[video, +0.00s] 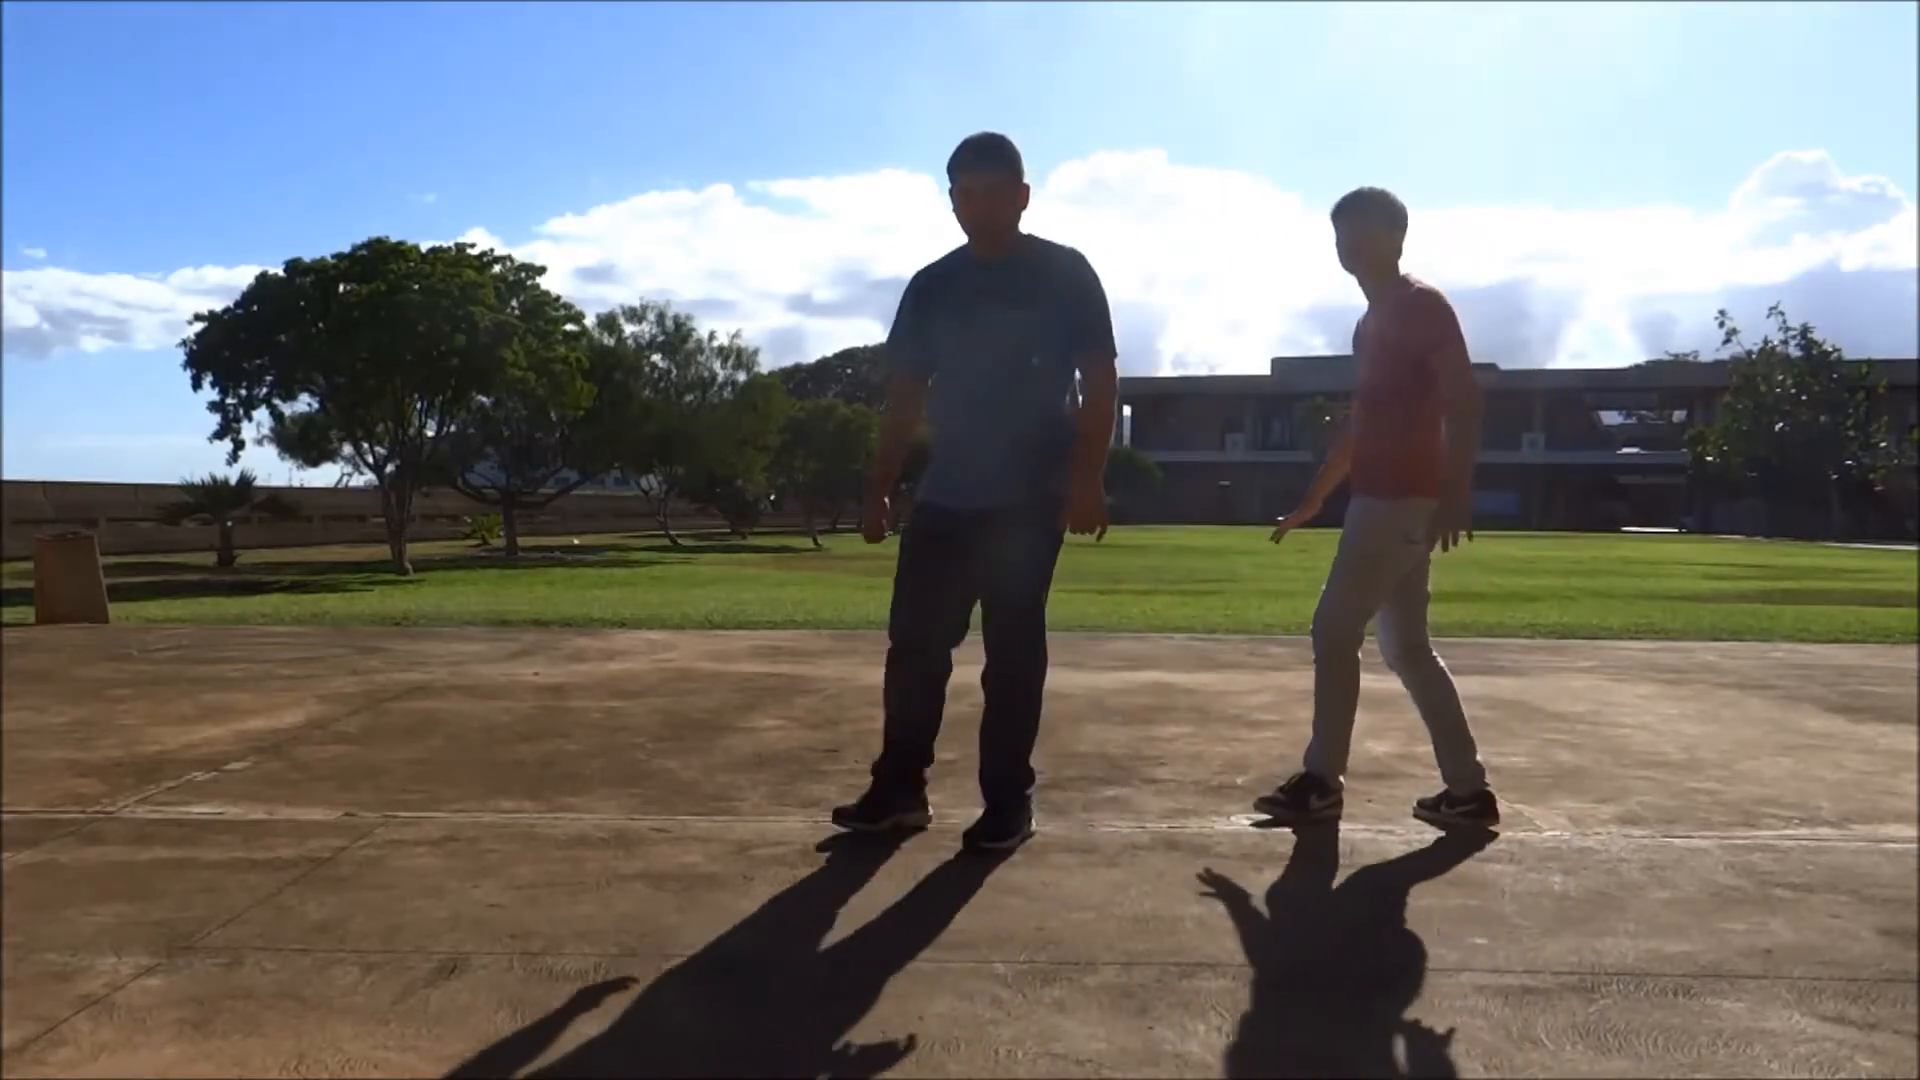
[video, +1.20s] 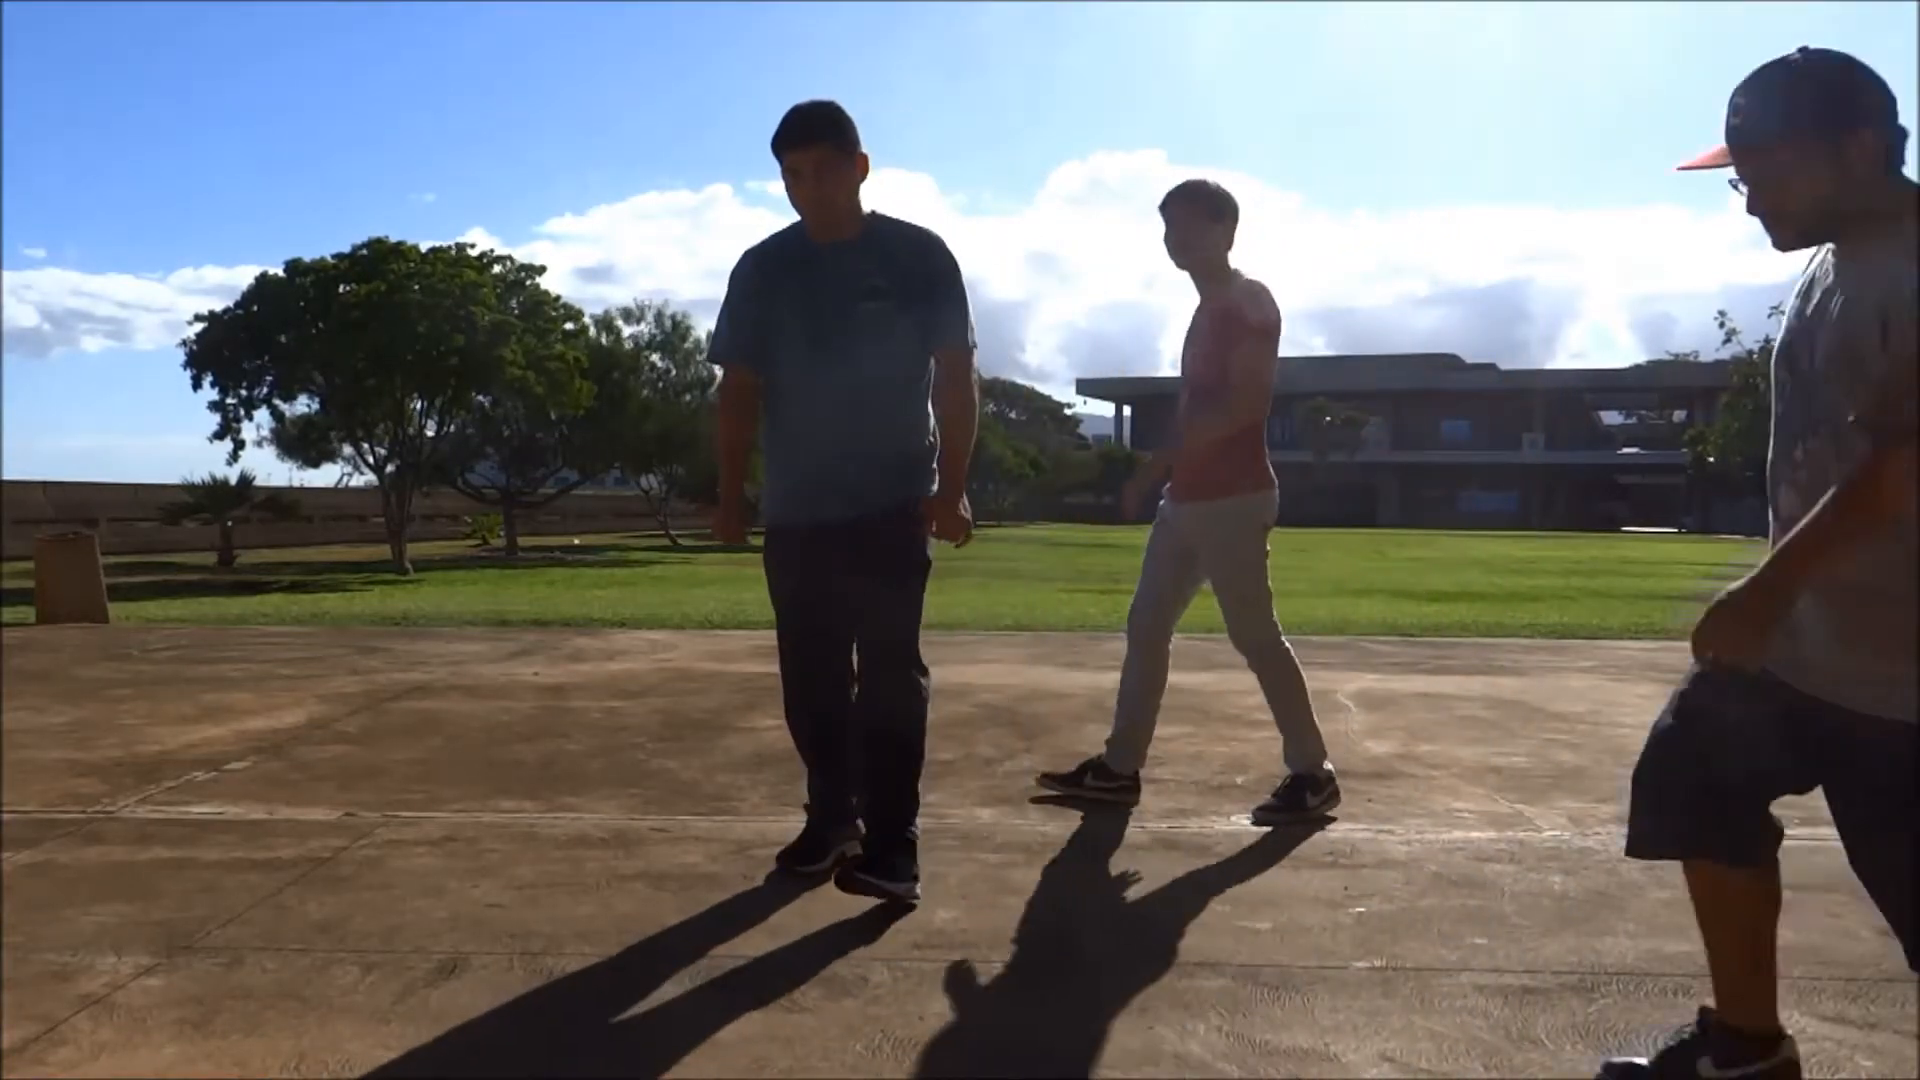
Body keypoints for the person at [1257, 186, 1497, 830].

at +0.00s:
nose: (1337, 249)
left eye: (1345, 235)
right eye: (1336, 236)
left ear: (1380, 237)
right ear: (1364, 241)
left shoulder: (1424, 306)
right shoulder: (1369, 326)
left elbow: (1464, 401)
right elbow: (1359, 428)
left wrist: (1457, 491)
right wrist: (1311, 503)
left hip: (1398, 501)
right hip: (1385, 501)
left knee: (1335, 632)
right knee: (1407, 649)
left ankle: (1322, 783)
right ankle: (1469, 790)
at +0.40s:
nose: (1310, 237)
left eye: (1320, 223)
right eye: (1306, 224)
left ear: (1354, 225)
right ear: (1305, 230)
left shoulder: (1390, 307)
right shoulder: (1316, 316)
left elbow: (1426, 409)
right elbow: (1314, 421)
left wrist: (1395, 489)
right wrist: (1283, 504)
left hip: (1356, 493)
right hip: (1319, 495)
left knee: (1314, 632)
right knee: (1341, 638)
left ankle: (1320, 781)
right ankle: (1442, 753)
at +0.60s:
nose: (1284, 231)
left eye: (1294, 216)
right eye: (1281, 219)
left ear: (1329, 219)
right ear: (1284, 225)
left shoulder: (1369, 301)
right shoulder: (1297, 311)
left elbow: (1396, 403)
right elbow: (1306, 409)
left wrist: (1347, 484)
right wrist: (1282, 485)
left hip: (1337, 493)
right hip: (1291, 490)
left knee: (1309, 629)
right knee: (1264, 623)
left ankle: (1319, 778)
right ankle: (1362, 736)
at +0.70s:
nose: (1269, 229)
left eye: (1277, 215)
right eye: (1268, 217)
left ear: (1312, 217)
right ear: (1281, 223)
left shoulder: (1358, 297)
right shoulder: (1286, 311)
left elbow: (1381, 400)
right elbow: (1292, 403)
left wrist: (1321, 474)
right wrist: (1279, 474)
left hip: (1328, 488)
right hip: (1282, 483)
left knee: (1310, 632)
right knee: (1242, 619)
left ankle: (1320, 780)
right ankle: (1299, 755)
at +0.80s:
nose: (1259, 231)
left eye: (1268, 217)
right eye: (1255, 220)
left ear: (1304, 217)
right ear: (1257, 226)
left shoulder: (1345, 297)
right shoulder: (1275, 310)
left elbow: (1363, 399)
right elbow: (1277, 406)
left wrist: (1301, 461)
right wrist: (1257, 479)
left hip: (1319, 489)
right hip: (1270, 488)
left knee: (1307, 631)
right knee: (1220, 615)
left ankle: (1320, 779)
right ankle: (1243, 760)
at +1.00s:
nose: (1230, 232)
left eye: (1242, 218)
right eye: (1223, 222)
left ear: (1274, 221)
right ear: (1218, 231)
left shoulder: (1309, 296)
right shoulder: (1241, 315)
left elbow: (1324, 395)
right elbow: (1249, 403)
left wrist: (1229, 443)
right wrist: (1220, 461)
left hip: (1288, 495)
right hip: (1239, 493)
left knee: (1293, 636)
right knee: (1191, 624)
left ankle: (1319, 778)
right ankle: (1145, 759)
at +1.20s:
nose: (1168, 242)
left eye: (1178, 228)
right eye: (1166, 230)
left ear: (1218, 228)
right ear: (1180, 235)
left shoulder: (1249, 302)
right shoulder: (1206, 310)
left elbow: (1249, 406)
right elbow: (1205, 409)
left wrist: (1164, 458)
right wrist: (1167, 473)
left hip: (1234, 502)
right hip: (1187, 502)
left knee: (1256, 636)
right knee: (1147, 628)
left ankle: (1312, 774)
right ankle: (1119, 768)